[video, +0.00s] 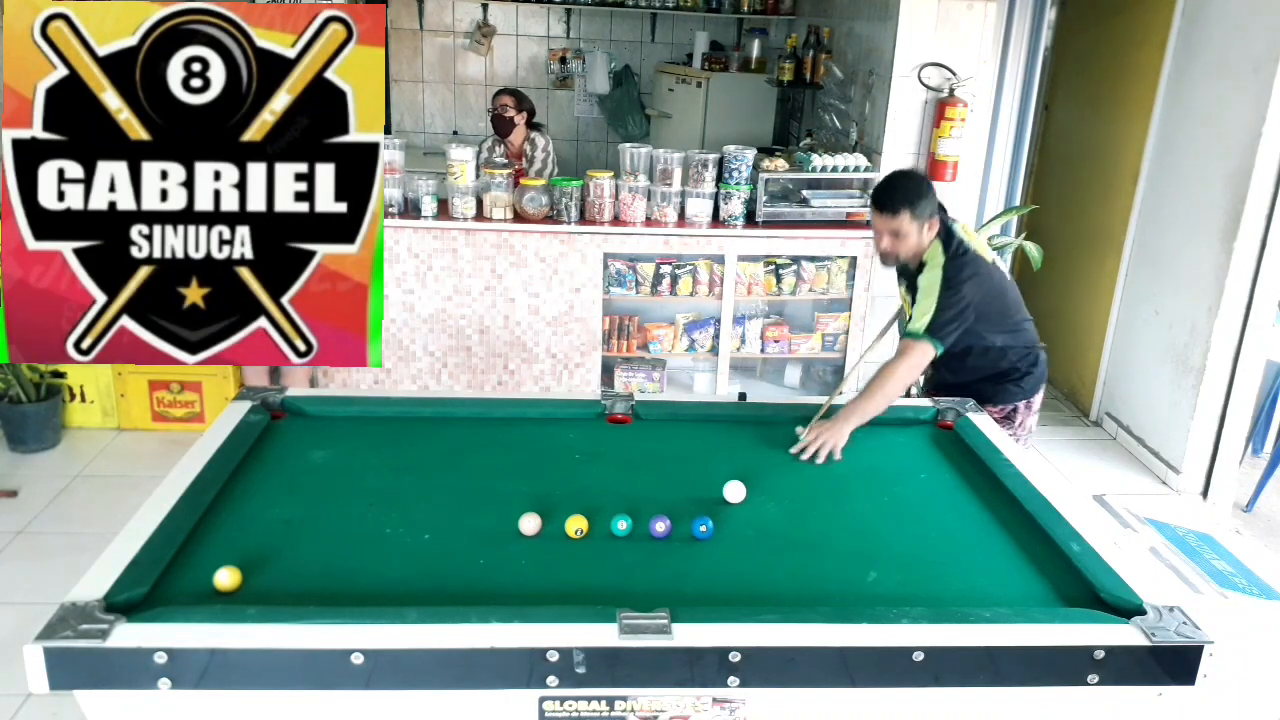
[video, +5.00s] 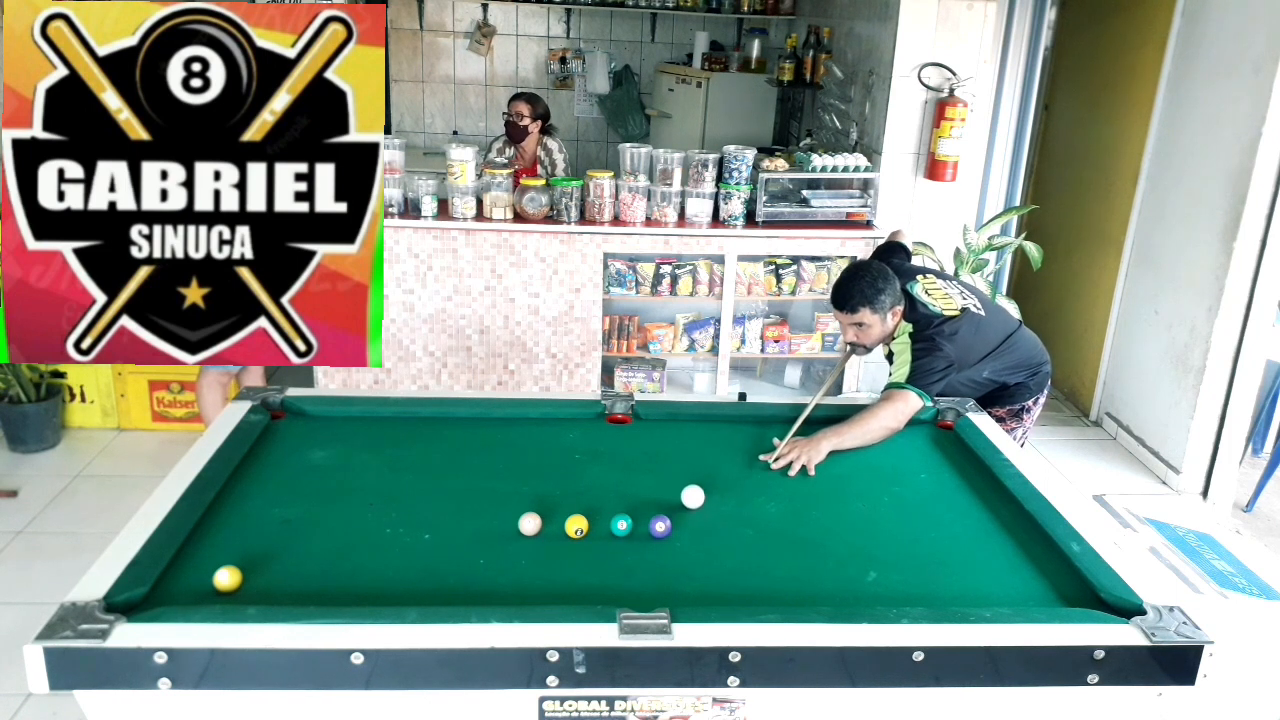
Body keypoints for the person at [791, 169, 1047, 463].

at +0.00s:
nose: (883, 246)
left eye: (895, 235)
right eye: (878, 233)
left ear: (930, 228)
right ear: (873, 222)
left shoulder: (956, 271)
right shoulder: (920, 239)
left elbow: (911, 362)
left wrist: (843, 422)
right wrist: (912, 301)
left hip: (1004, 390)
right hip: (949, 380)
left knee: (985, 495)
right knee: (936, 486)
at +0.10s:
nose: (876, 267)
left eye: (889, 258)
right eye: (871, 254)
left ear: (924, 249)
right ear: (864, 242)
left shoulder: (950, 288)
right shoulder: (921, 236)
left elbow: (906, 374)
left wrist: (835, 432)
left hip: (1013, 386)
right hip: (956, 377)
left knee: (987, 493)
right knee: (941, 482)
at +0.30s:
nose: (864, 314)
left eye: (877, 304)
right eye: (858, 301)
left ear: (910, 292)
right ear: (852, 284)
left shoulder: (939, 321)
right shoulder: (906, 252)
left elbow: (897, 396)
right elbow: (921, 218)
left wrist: (827, 439)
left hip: (1023, 381)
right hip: (964, 373)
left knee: (991, 482)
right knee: (949, 469)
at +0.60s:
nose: (857, 340)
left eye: (868, 329)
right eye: (849, 326)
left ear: (901, 316)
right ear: (843, 311)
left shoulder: (934, 343)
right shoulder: (897, 264)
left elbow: (899, 408)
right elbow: (911, 233)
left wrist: (828, 440)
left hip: (1026, 378)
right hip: (976, 364)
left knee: (991, 478)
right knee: (951, 461)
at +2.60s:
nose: (844, 350)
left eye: (854, 339)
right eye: (837, 336)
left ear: (889, 326)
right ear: (832, 318)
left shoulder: (926, 350)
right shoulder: (885, 272)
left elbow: (894, 415)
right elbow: (902, 228)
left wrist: (823, 440)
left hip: (1021, 375)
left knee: (984, 475)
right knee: (945, 459)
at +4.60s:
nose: (845, 351)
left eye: (856, 341)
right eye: (838, 338)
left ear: (891, 328)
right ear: (834, 322)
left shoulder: (929, 353)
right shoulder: (886, 276)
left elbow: (895, 417)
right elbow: (898, 234)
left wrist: (824, 439)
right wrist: (873, 271)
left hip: (1021, 375)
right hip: (971, 360)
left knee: (986, 475)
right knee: (946, 458)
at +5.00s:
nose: (849, 338)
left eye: (861, 327)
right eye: (842, 324)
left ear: (895, 316)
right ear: (837, 309)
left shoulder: (930, 342)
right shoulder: (894, 269)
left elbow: (894, 412)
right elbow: (897, 240)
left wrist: (823, 441)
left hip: (1020, 376)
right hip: (970, 363)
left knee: (988, 475)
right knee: (947, 459)